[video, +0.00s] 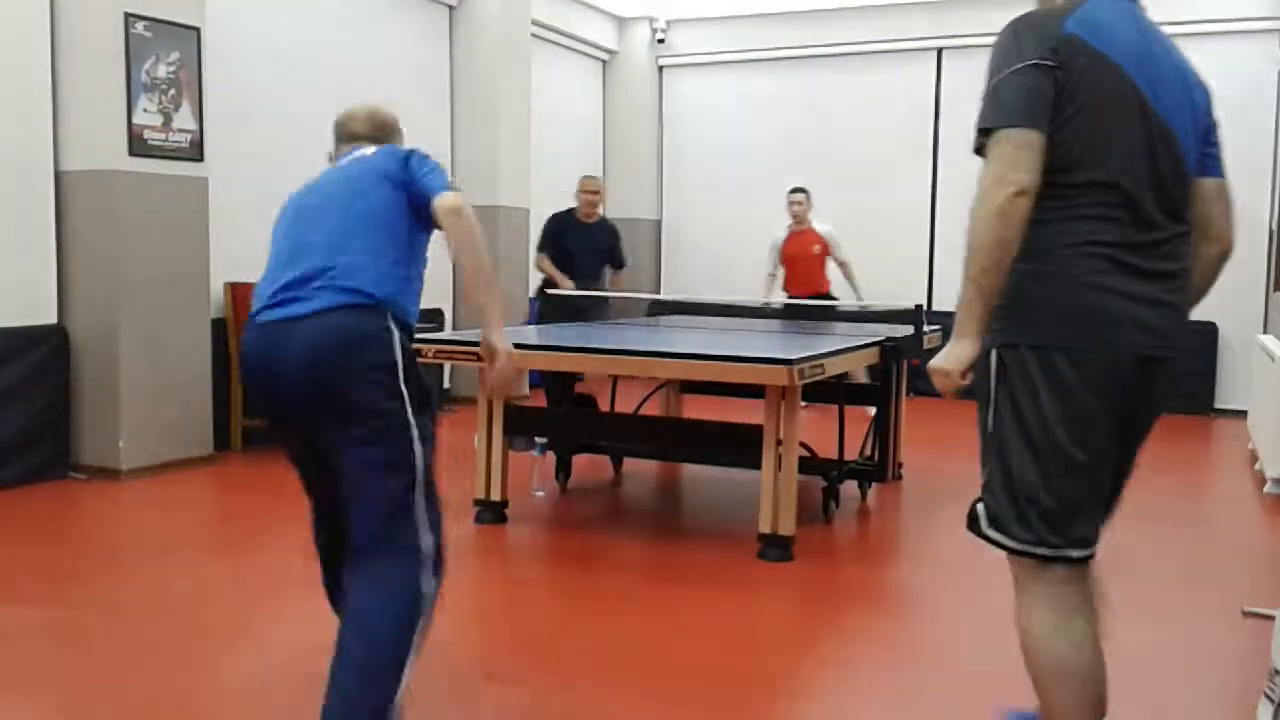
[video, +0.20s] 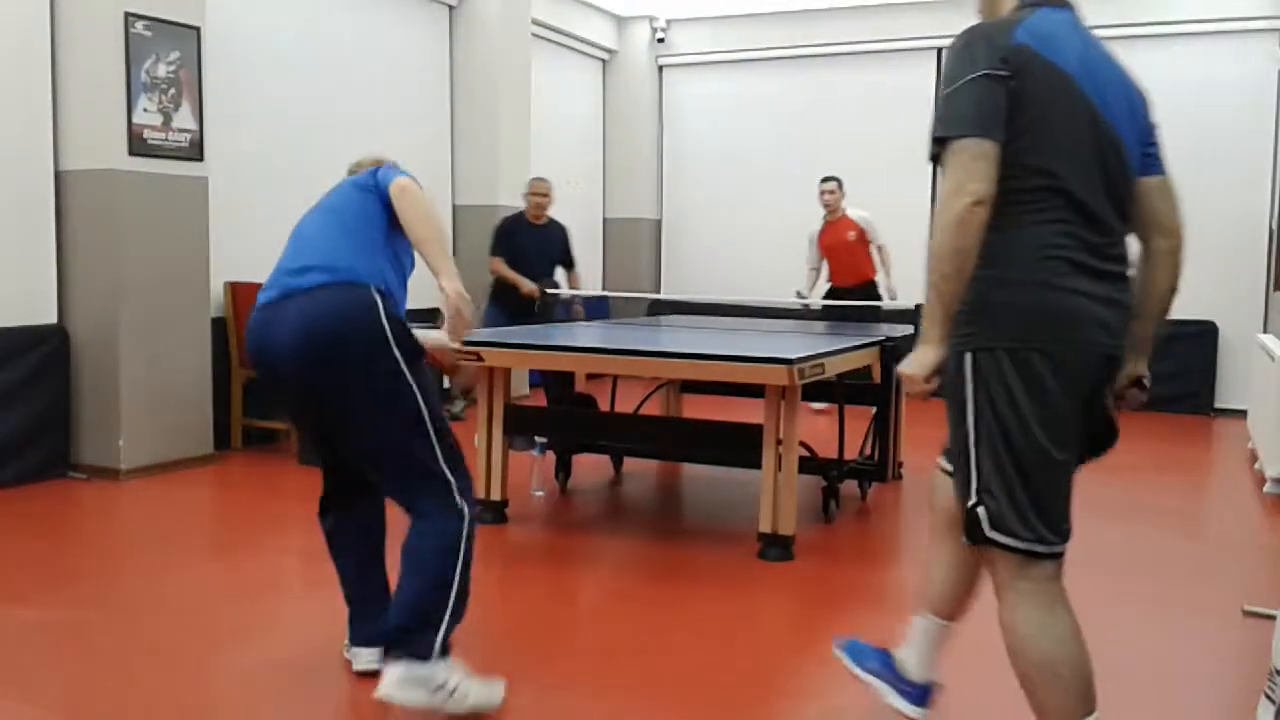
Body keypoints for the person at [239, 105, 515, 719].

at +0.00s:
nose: (402, 151)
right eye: (401, 143)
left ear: (336, 150)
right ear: (394, 143)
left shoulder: (303, 195)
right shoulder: (403, 159)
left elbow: (280, 284)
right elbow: (454, 212)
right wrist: (495, 333)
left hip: (270, 345)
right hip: (356, 339)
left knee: (333, 505)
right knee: (401, 541)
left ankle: (369, 634)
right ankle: (357, 707)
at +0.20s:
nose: (404, 186)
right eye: (400, 181)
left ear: (350, 178)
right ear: (386, 172)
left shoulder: (323, 214)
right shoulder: (383, 174)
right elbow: (404, 193)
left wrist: (424, 347)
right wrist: (449, 281)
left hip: (273, 329)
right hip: (350, 317)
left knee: (349, 483)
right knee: (446, 497)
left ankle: (369, 636)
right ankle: (418, 661)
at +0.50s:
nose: (403, 135)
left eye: (401, 127)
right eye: (401, 128)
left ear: (347, 129)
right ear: (391, 124)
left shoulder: (313, 171)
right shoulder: (389, 138)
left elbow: (310, 245)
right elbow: (398, 172)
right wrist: (419, 259)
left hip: (289, 297)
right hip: (359, 290)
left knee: (321, 445)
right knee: (396, 443)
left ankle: (337, 545)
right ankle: (406, 590)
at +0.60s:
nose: (383, 136)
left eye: (380, 129)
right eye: (381, 129)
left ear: (330, 129)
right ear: (372, 128)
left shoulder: (287, 179)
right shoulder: (381, 158)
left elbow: (255, 262)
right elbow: (403, 200)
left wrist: (298, 296)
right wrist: (418, 291)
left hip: (289, 314)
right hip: (364, 305)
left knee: (301, 439)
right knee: (401, 445)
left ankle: (305, 548)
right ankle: (402, 587)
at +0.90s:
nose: (291, 122)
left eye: (289, 115)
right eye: (290, 115)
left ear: (240, 117)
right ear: (280, 116)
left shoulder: (207, 165)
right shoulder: (303, 158)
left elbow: (186, 244)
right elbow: (341, 215)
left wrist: (228, 268)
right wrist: (347, 291)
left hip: (229, 304)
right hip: (296, 298)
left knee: (245, 422)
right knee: (335, 408)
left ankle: (278, 539)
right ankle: (357, 520)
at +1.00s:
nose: (282, 119)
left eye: (281, 112)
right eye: (280, 112)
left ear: (235, 108)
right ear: (269, 110)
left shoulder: (194, 151)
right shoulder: (281, 151)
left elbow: (175, 220)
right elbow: (305, 209)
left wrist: (213, 248)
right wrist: (319, 279)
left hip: (203, 288)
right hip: (264, 284)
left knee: (232, 402)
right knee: (297, 395)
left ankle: (271, 517)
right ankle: (302, 504)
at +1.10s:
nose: (269, 122)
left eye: (269, 114)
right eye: (267, 114)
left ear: (222, 109)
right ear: (255, 112)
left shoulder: (181, 149)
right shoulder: (259, 152)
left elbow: (162, 220)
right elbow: (281, 212)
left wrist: (219, 231)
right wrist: (309, 273)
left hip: (179, 285)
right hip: (236, 286)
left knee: (209, 388)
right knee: (251, 385)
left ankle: (233, 476)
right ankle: (251, 492)